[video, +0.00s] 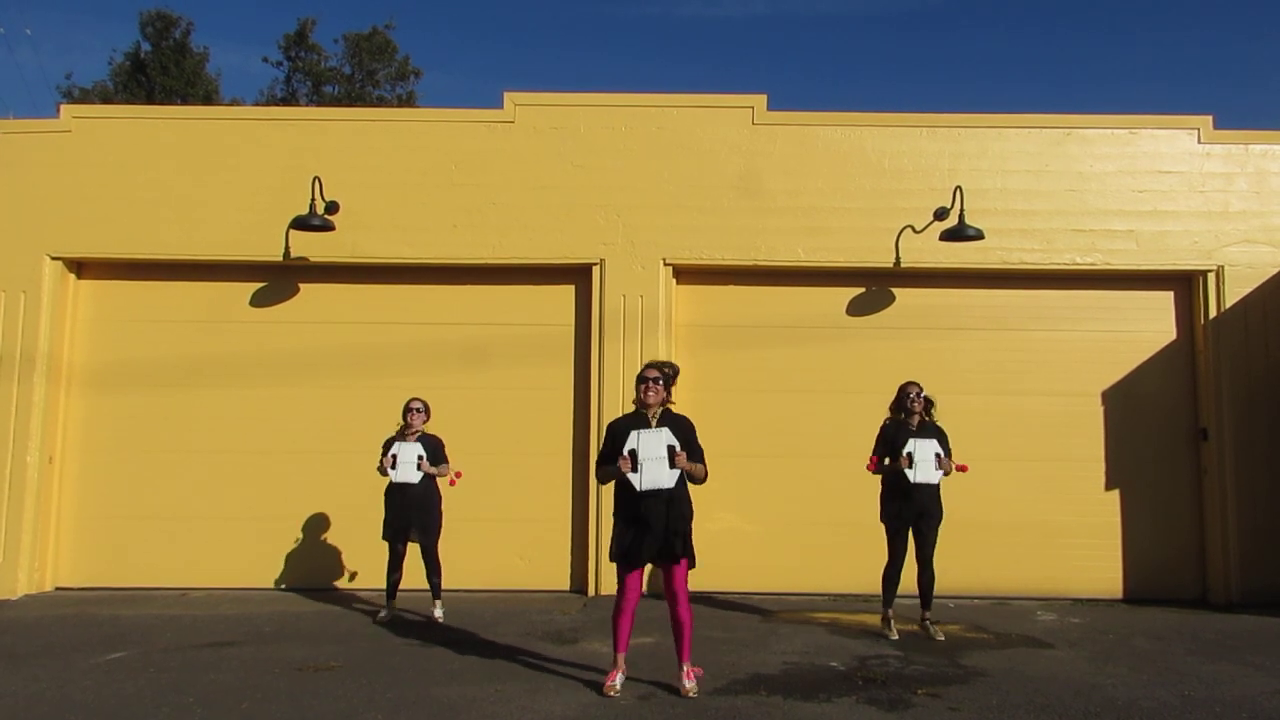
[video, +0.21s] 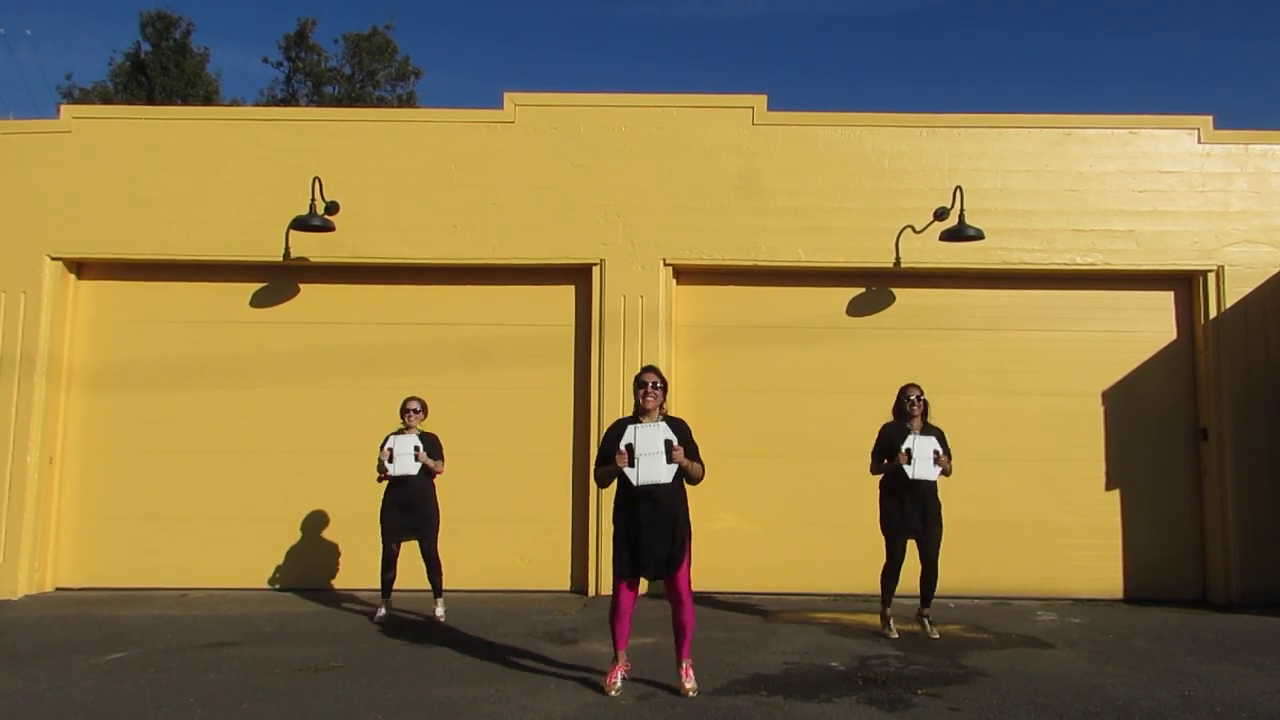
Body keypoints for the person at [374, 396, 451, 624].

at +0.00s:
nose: (414, 414)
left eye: (419, 411)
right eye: (410, 411)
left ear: (426, 416)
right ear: (404, 415)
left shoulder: (434, 442)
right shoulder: (393, 442)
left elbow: (445, 469)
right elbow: (383, 472)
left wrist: (430, 469)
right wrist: (385, 466)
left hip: (426, 506)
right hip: (398, 505)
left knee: (430, 554)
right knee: (396, 555)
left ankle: (437, 604)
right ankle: (389, 606)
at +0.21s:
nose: (411, 415)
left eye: (415, 411)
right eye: (407, 411)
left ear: (423, 415)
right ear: (402, 414)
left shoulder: (430, 439)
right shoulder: (391, 439)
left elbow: (440, 468)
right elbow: (382, 474)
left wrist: (426, 460)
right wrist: (384, 461)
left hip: (423, 501)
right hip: (395, 500)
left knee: (429, 551)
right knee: (389, 552)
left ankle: (439, 601)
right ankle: (385, 603)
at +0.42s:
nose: (410, 428)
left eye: (414, 425)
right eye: (406, 425)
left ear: (421, 427)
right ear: (400, 428)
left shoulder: (427, 451)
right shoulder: (394, 450)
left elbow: (435, 471)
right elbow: (377, 475)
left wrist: (423, 456)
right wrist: (383, 458)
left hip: (420, 513)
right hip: (393, 513)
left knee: (426, 561)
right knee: (384, 561)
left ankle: (438, 609)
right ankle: (378, 609)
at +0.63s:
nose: (406, 414)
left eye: (411, 410)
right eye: (403, 410)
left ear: (419, 415)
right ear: (397, 415)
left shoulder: (427, 441)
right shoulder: (386, 441)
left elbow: (437, 471)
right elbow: (375, 471)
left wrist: (425, 470)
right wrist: (381, 463)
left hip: (421, 505)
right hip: (391, 504)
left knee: (427, 553)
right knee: (388, 554)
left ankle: (438, 602)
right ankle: (380, 605)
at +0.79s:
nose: (405, 419)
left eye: (409, 416)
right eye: (401, 416)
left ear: (417, 420)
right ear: (396, 421)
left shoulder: (425, 447)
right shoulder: (387, 446)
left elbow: (435, 476)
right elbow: (378, 475)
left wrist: (424, 472)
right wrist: (380, 471)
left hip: (419, 508)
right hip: (391, 509)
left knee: (426, 556)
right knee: (387, 556)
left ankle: (437, 606)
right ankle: (381, 607)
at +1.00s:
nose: (405, 423)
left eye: (409, 419)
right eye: (401, 420)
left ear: (417, 423)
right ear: (395, 423)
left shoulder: (424, 446)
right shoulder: (389, 445)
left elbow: (432, 467)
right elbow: (375, 471)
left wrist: (419, 457)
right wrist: (378, 456)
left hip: (418, 510)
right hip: (389, 509)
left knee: (424, 559)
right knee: (380, 559)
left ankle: (435, 608)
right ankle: (372, 609)